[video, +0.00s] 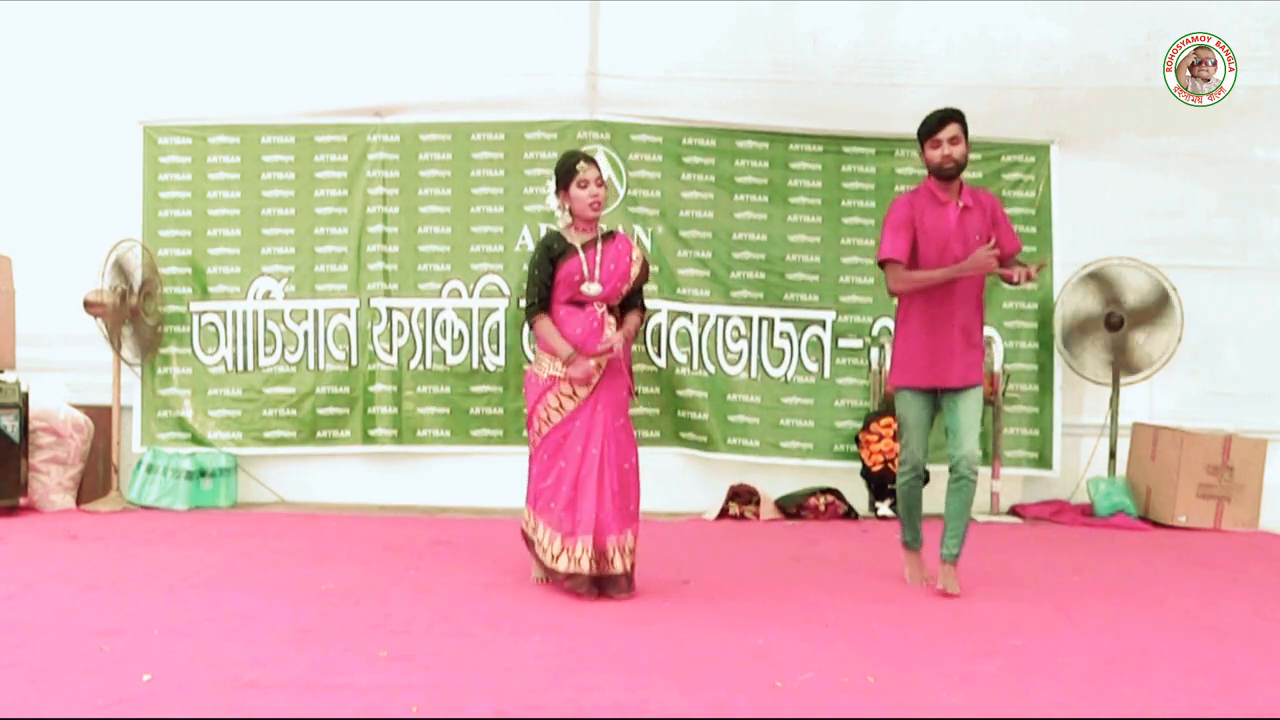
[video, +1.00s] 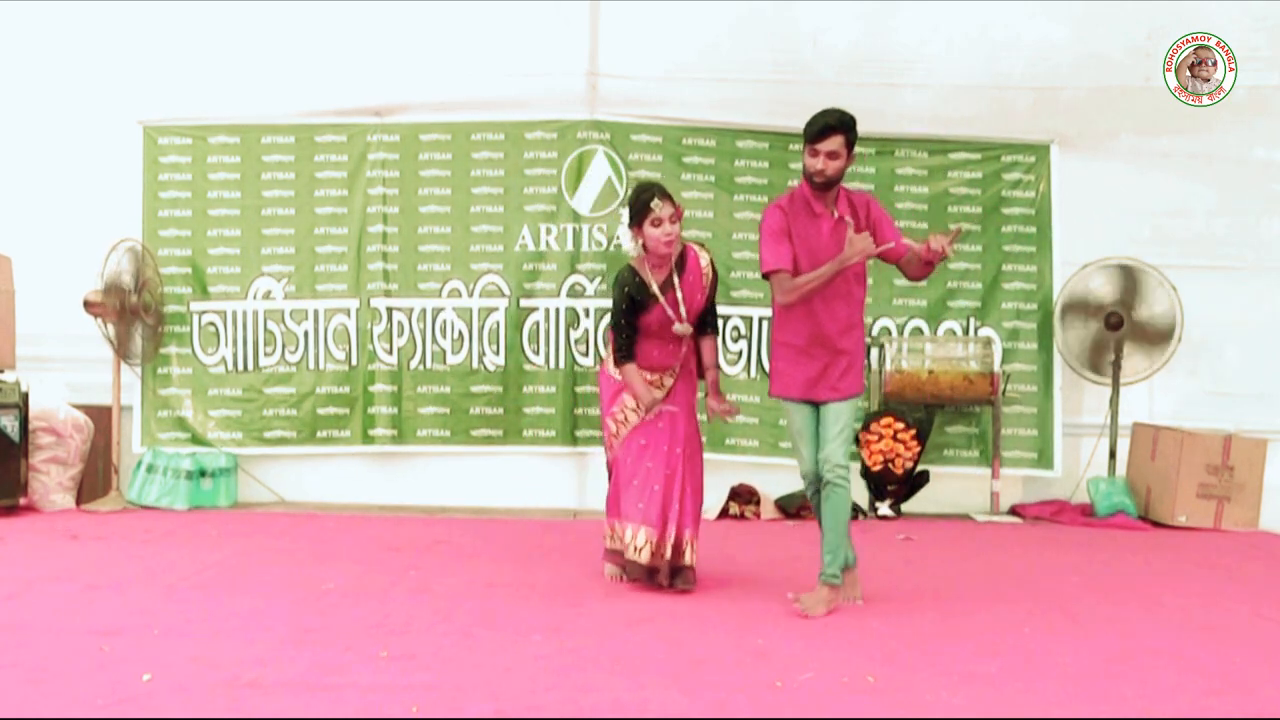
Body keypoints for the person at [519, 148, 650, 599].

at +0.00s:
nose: (596, 193)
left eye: (600, 184)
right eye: (584, 186)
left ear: (607, 189)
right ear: (564, 196)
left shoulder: (624, 246)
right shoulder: (552, 247)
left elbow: (636, 307)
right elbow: (535, 312)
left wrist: (621, 340)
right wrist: (572, 356)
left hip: (610, 368)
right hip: (560, 368)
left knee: (610, 459)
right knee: (566, 459)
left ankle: (608, 562)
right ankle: (568, 562)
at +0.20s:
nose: (591, 185)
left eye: (595, 176)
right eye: (580, 178)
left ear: (603, 182)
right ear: (559, 187)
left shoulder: (622, 241)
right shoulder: (544, 240)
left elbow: (632, 306)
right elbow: (520, 303)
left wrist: (628, 362)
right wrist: (513, 361)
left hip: (603, 364)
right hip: (550, 363)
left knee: (598, 456)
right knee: (551, 455)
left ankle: (590, 556)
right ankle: (551, 554)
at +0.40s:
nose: (594, 203)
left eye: (599, 194)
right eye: (583, 195)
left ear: (608, 198)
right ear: (563, 204)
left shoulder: (627, 257)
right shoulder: (552, 259)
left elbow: (636, 318)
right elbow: (530, 325)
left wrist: (624, 368)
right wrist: (521, 385)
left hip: (606, 374)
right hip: (556, 372)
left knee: (598, 463)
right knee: (556, 461)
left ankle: (586, 559)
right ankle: (550, 557)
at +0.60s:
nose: (610, 207)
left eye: (616, 197)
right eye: (599, 199)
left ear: (624, 199)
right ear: (580, 207)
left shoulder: (646, 254)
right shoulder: (569, 254)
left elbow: (651, 318)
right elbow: (558, 322)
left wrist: (652, 375)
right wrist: (597, 361)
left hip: (622, 366)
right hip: (571, 364)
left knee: (614, 455)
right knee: (570, 452)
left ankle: (607, 554)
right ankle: (563, 551)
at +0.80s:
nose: (645, 234)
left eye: (650, 223)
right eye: (633, 226)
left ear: (658, 223)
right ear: (613, 233)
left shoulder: (676, 269)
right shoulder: (606, 281)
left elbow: (678, 331)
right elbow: (591, 350)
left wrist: (663, 388)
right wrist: (610, 410)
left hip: (651, 382)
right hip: (603, 381)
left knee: (650, 462)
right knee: (614, 459)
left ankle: (638, 563)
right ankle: (598, 557)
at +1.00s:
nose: (669, 231)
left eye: (674, 221)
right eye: (658, 224)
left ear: (681, 221)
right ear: (638, 231)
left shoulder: (700, 265)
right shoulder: (630, 279)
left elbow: (707, 327)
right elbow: (622, 345)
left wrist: (712, 389)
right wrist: (640, 391)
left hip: (679, 372)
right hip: (633, 373)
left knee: (681, 455)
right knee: (643, 456)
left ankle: (676, 555)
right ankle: (639, 553)